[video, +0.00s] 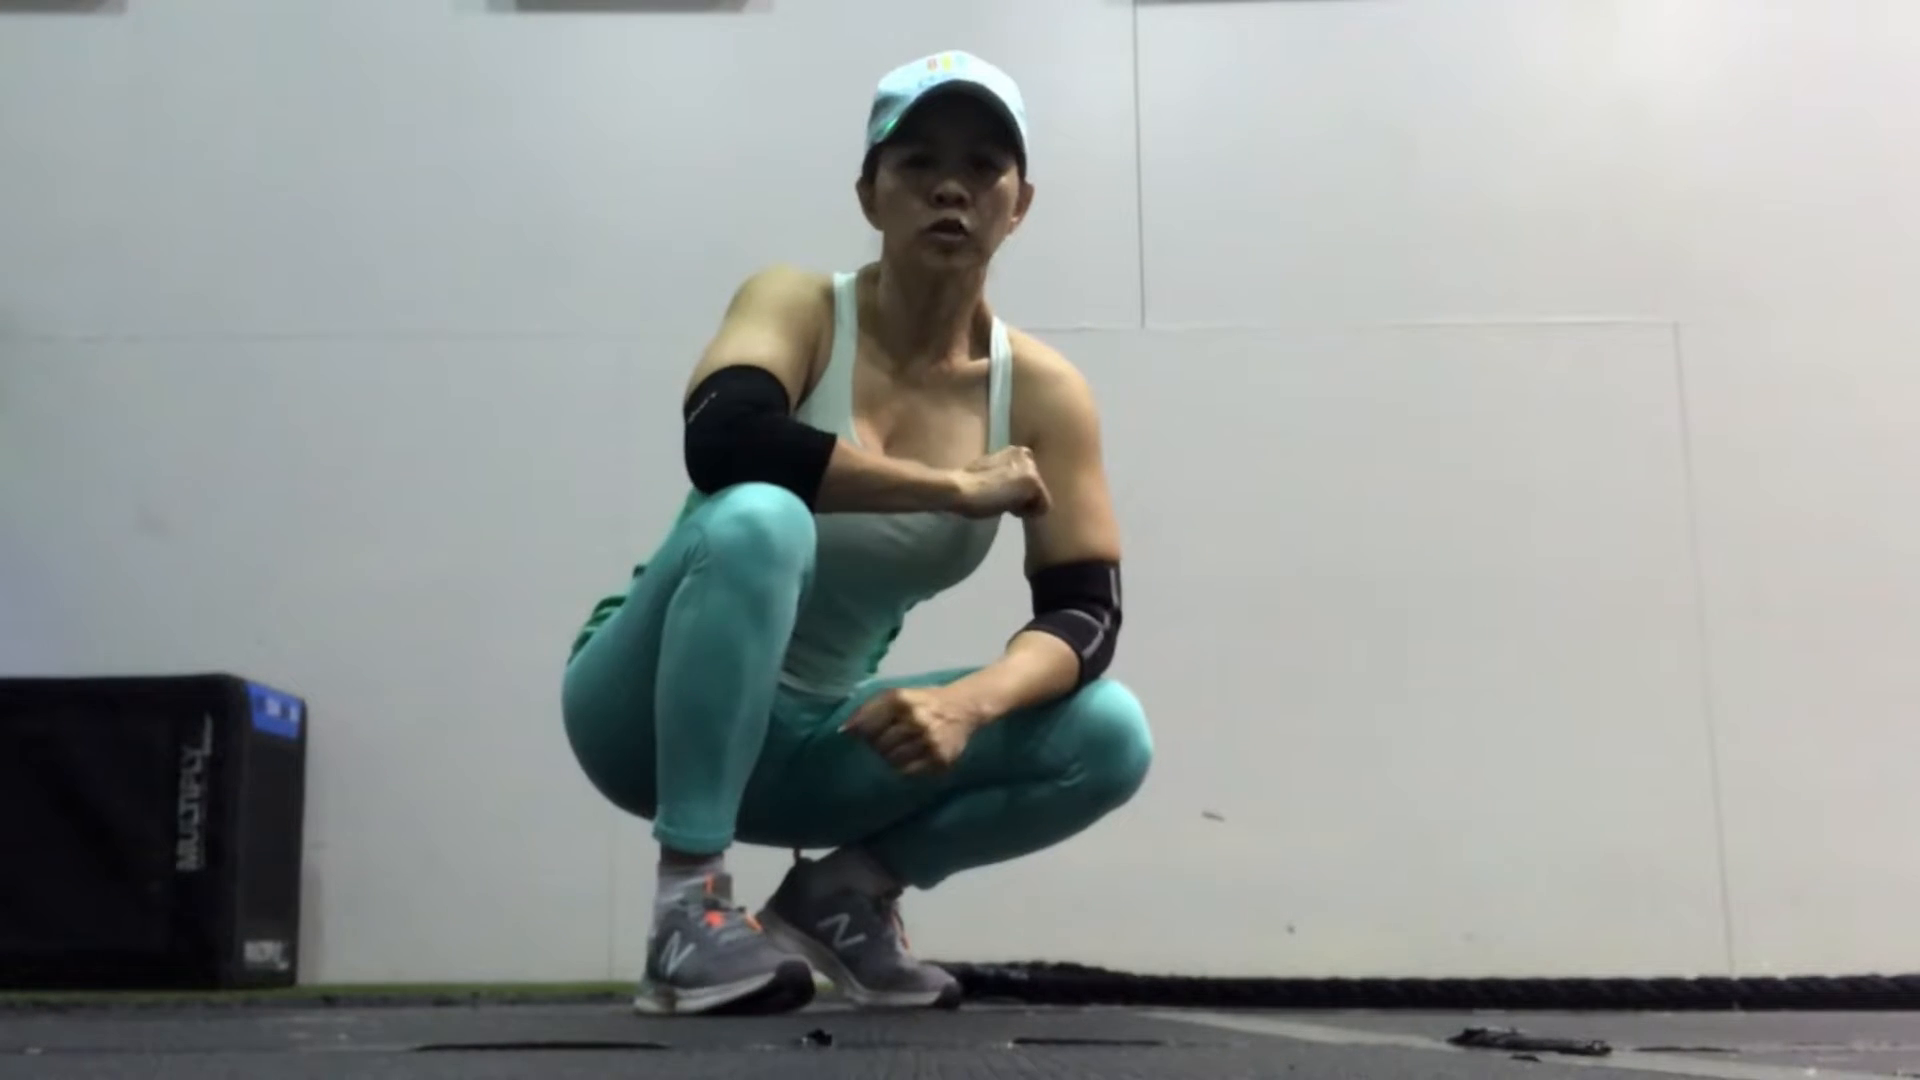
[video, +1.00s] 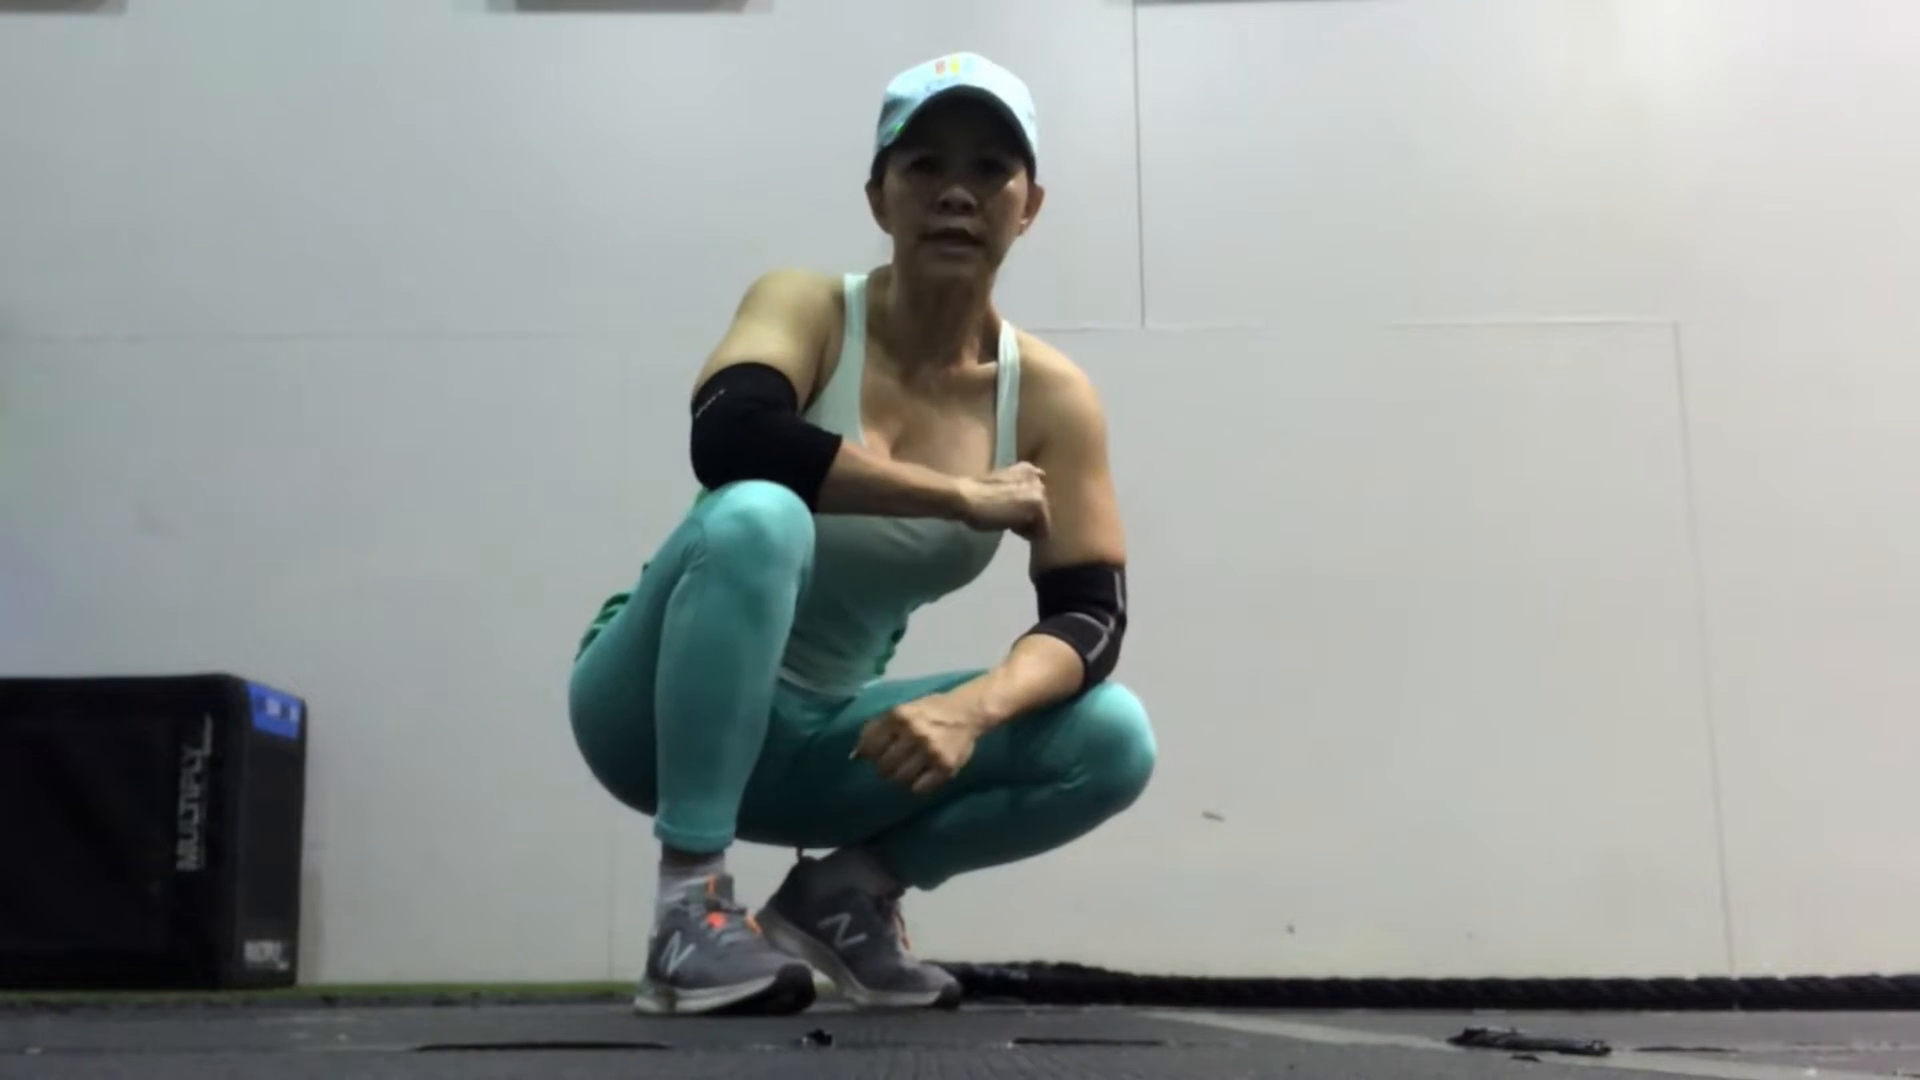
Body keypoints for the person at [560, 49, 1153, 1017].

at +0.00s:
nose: (950, 187)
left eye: (980, 165)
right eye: (920, 162)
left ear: (1019, 202)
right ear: (871, 193)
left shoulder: (1041, 392)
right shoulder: (792, 305)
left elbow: (1083, 617)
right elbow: (727, 440)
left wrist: (969, 703)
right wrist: (950, 487)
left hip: (818, 746)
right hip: (651, 712)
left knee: (1106, 737)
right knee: (759, 521)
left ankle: (842, 893)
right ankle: (691, 909)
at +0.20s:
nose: (950, 184)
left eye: (980, 162)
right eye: (919, 160)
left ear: (1019, 201)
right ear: (871, 193)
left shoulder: (1040, 392)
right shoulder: (793, 306)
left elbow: (1084, 616)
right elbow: (728, 440)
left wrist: (974, 703)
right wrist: (954, 488)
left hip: (818, 746)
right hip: (652, 712)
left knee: (1106, 737)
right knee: (760, 521)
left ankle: (841, 893)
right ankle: (691, 908)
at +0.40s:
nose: (953, 183)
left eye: (984, 162)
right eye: (923, 159)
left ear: (1022, 202)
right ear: (874, 194)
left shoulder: (1042, 393)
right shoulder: (794, 306)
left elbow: (1084, 617)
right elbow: (730, 441)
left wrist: (974, 704)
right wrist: (956, 489)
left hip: (816, 744)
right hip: (651, 709)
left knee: (1107, 737)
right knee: (761, 521)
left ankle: (842, 892)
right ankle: (691, 908)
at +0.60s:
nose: (953, 185)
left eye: (985, 163)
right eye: (923, 161)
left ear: (1025, 202)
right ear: (877, 195)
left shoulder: (1046, 395)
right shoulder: (799, 305)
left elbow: (1084, 617)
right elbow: (736, 439)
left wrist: (972, 705)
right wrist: (968, 499)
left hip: (820, 743)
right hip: (657, 709)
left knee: (1107, 737)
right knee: (758, 520)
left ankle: (841, 893)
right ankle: (692, 908)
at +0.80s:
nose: (957, 192)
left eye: (988, 169)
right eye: (926, 165)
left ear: (1029, 204)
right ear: (880, 194)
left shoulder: (1047, 396)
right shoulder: (802, 307)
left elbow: (1086, 619)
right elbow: (734, 438)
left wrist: (970, 707)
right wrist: (962, 497)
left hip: (822, 746)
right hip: (659, 711)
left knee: (1109, 739)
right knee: (760, 519)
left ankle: (841, 894)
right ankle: (692, 909)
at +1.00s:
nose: (956, 192)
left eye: (988, 169)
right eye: (926, 165)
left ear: (1029, 205)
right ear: (880, 193)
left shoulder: (1048, 396)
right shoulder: (801, 307)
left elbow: (1088, 619)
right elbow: (732, 437)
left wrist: (973, 707)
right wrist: (961, 496)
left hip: (824, 746)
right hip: (661, 711)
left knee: (1110, 740)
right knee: (758, 519)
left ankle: (841, 894)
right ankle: (691, 910)